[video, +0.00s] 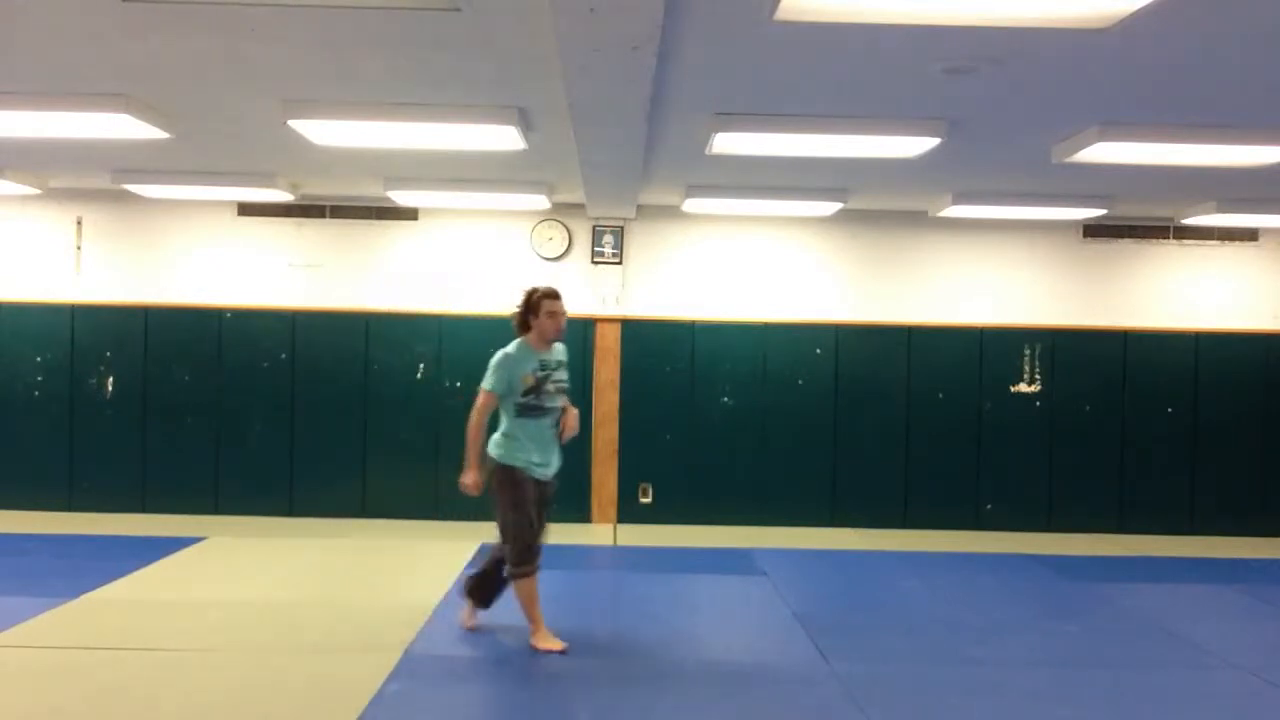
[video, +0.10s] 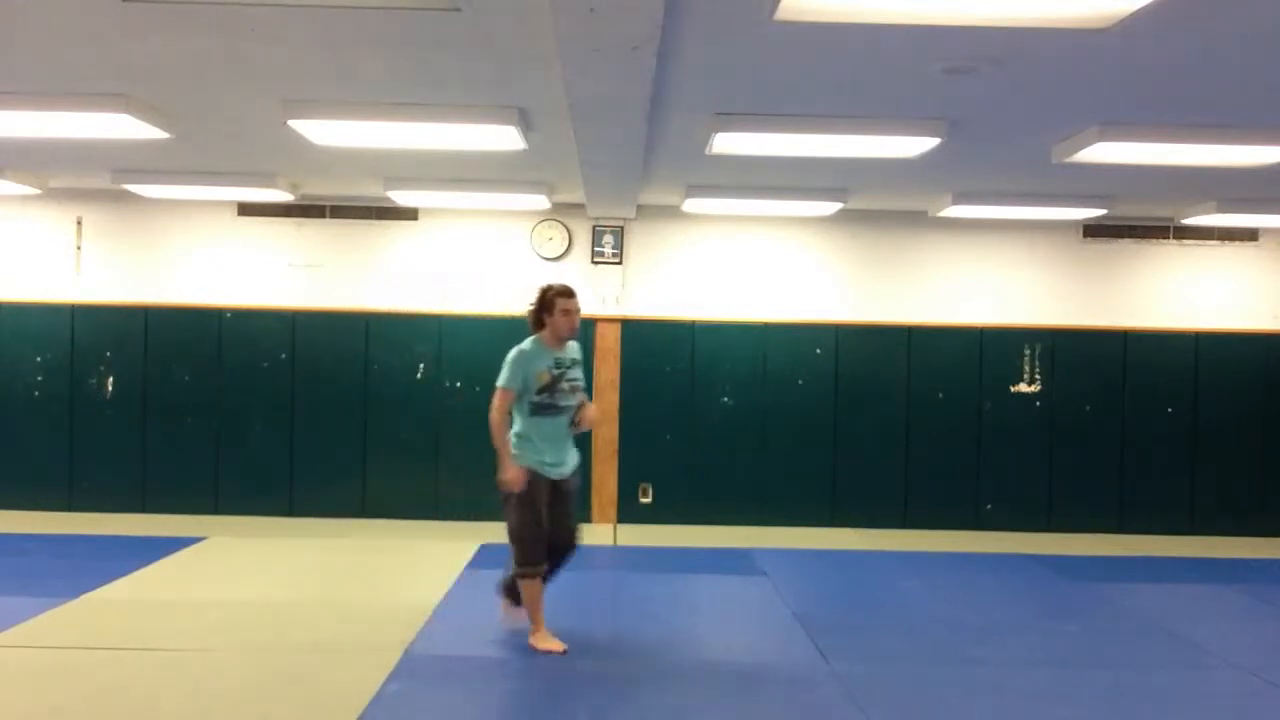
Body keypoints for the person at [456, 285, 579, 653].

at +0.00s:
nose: (560, 321)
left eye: (562, 314)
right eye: (552, 315)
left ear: (562, 318)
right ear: (532, 319)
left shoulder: (560, 353)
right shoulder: (508, 359)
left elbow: (555, 393)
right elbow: (480, 412)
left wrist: (570, 410)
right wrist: (472, 467)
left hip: (546, 462)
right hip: (512, 462)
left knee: (526, 540)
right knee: (522, 544)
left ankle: (476, 594)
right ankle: (538, 630)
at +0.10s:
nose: (574, 319)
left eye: (576, 312)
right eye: (566, 312)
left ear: (577, 316)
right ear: (545, 317)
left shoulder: (574, 350)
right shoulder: (523, 355)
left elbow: (572, 392)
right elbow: (498, 410)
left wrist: (586, 408)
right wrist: (506, 461)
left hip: (564, 464)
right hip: (527, 464)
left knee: (562, 542)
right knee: (531, 546)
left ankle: (515, 589)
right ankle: (538, 630)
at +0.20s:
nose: (588, 318)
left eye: (591, 311)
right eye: (580, 311)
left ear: (593, 315)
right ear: (560, 315)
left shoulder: (589, 352)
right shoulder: (538, 353)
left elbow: (574, 402)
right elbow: (514, 409)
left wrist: (602, 408)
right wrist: (542, 447)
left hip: (580, 467)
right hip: (539, 469)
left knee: (591, 542)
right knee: (538, 549)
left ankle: (565, 614)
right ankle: (538, 629)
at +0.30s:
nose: (606, 321)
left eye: (608, 315)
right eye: (598, 314)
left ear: (608, 318)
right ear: (577, 317)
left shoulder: (603, 357)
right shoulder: (554, 355)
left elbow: (595, 402)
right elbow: (531, 409)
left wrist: (625, 409)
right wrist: (566, 440)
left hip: (597, 470)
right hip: (554, 470)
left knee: (613, 549)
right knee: (547, 550)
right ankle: (539, 629)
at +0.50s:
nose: (644, 323)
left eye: (647, 316)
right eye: (635, 316)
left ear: (650, 320)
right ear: (615, 320)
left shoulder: (647, 358)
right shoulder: (595, 358)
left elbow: (638, 404)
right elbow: (568, 416)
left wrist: (667, 418)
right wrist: (589, 465)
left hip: (642, 480)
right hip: (600, 479)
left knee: (650, 563)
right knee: (580, 561)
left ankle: (662, 643)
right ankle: (549, 620)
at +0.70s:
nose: (669, 314)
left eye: (675, 306)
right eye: (660, 307)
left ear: (682, 312)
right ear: (643, 313)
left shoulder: (689, 352)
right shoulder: (622, 354)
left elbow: (696, 396)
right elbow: (598, 412)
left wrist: (711, 410)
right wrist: (590, 472)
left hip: (675, 471)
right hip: (631, 470)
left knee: (671, 562)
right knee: (643, 555)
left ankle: (663, 644)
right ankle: (611, 630)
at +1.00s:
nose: (687, 312)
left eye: (694, 304)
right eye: (678, 305)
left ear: (704, 311)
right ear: (664, 313)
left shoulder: (718, 354)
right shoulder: (644, 361)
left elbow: (729, 404)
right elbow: (623, 424)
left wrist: (747, 427)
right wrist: (618, 484)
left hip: (710, 481)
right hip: (662, 482)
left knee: (699, 569)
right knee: (676, 574)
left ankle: (669, 625)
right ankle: (690, 674)